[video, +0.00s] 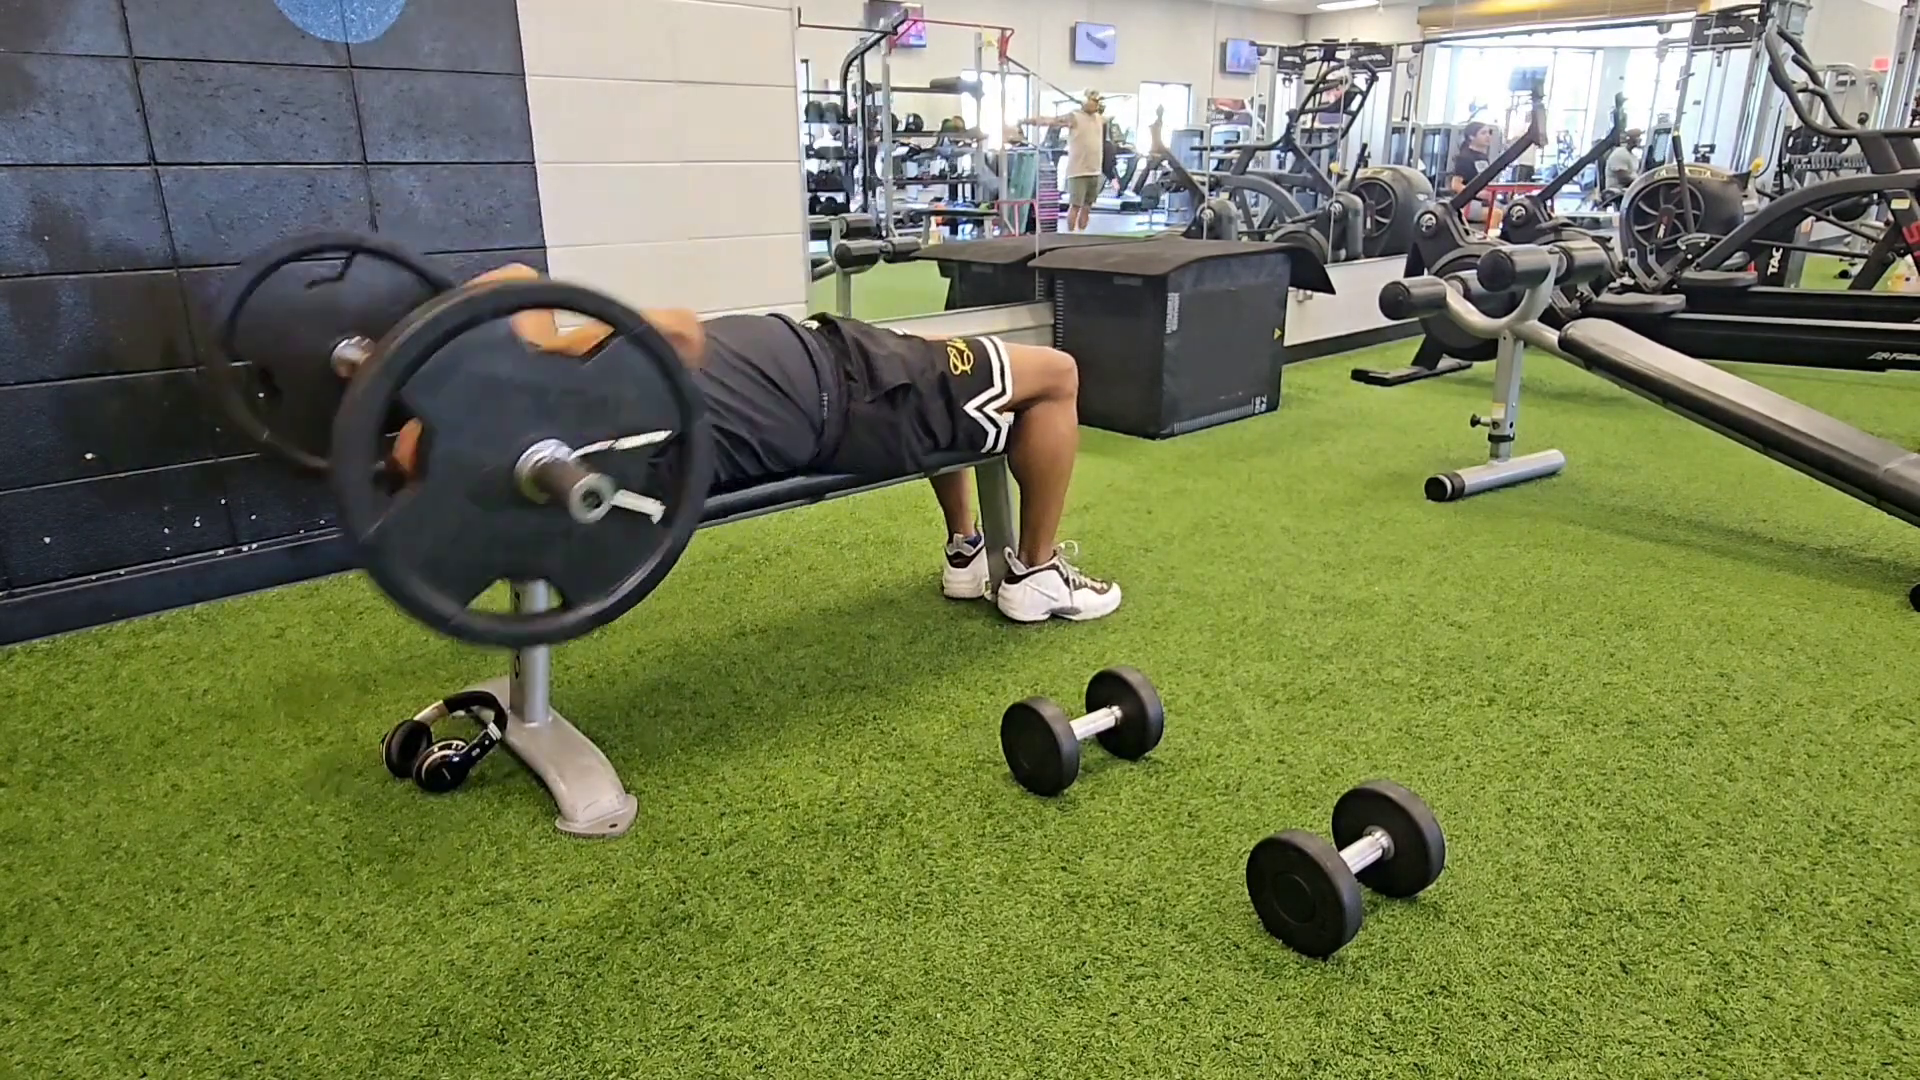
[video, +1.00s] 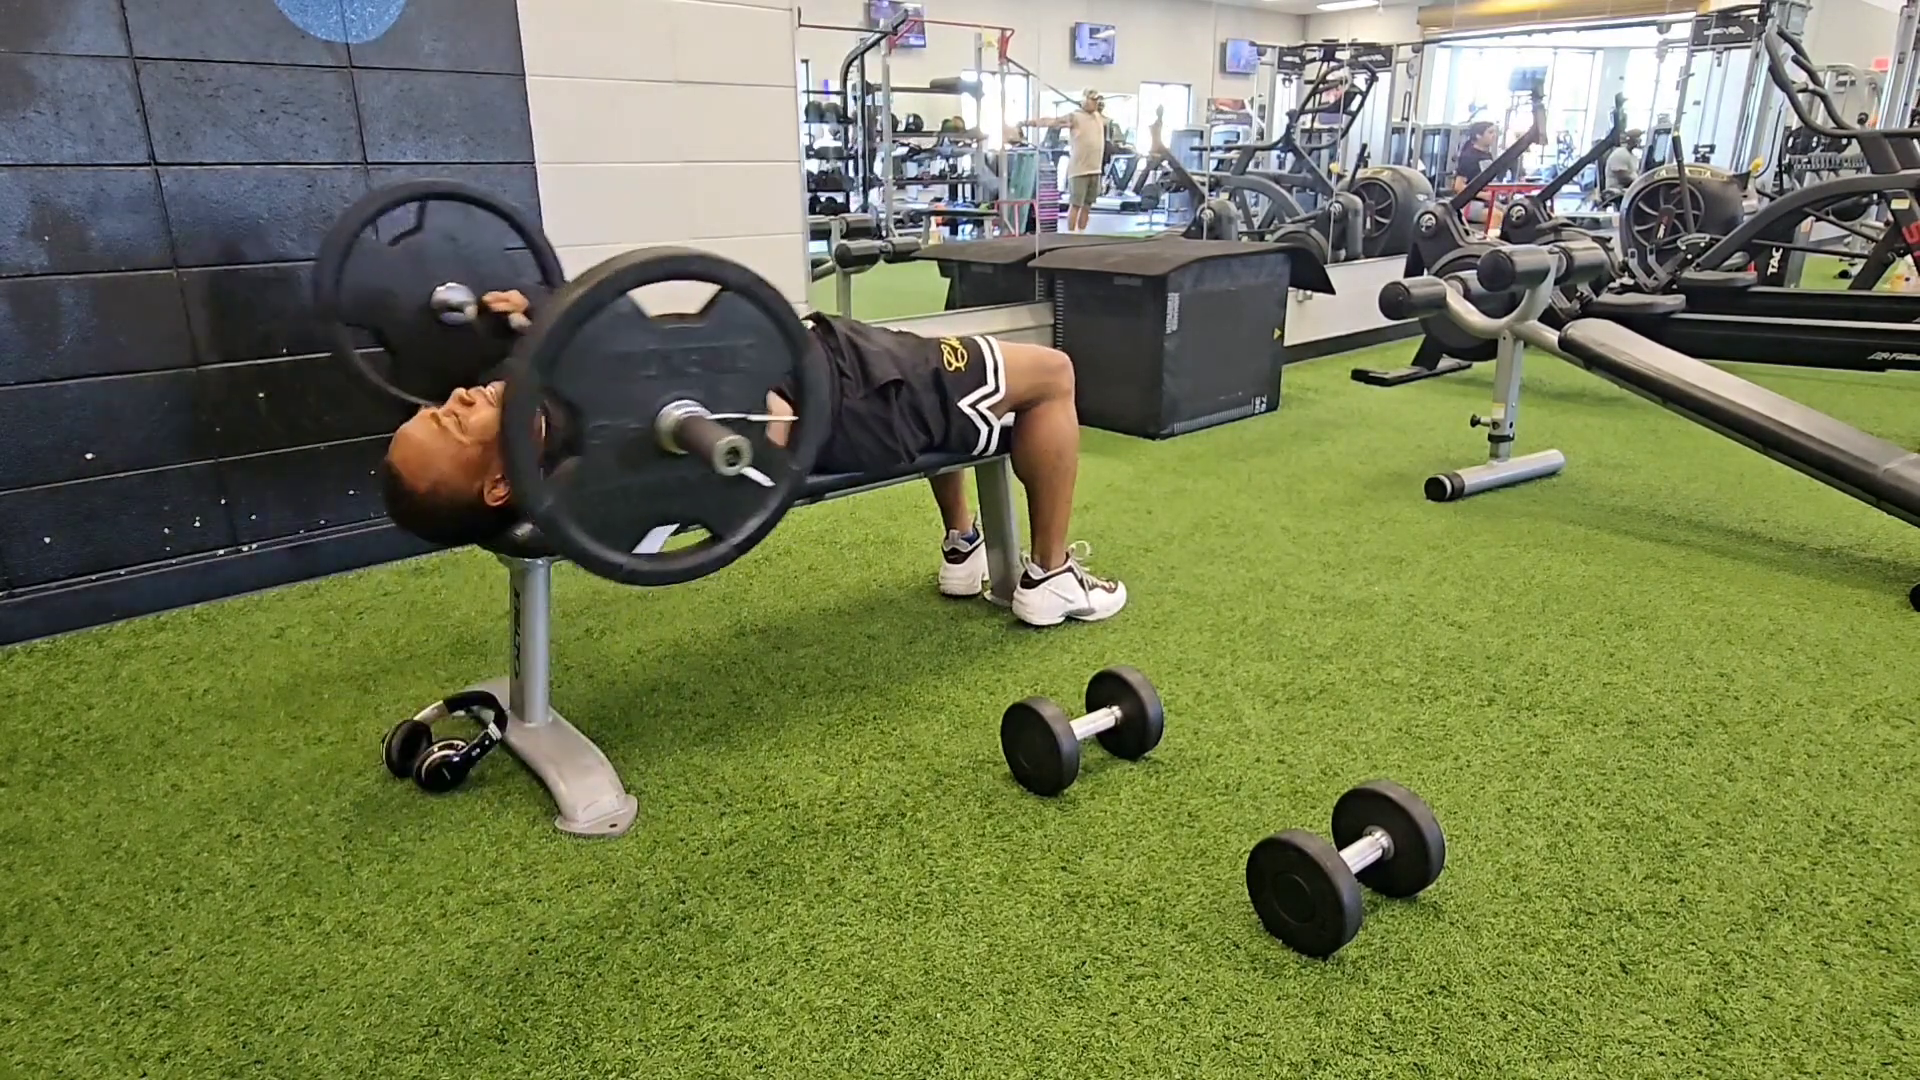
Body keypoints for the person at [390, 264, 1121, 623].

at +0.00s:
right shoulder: (545, 415)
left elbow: (516, 271)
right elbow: (686, 332)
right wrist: (556, 324)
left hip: (788, 351)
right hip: (829, 395)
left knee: (942, 354)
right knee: (1055, 374)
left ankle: (968, 550)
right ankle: (1041, 573)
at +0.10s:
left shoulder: (434, 426)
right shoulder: (533, 472)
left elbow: (466, 286)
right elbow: (609, 328)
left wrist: (378, 402)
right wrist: (484, 401)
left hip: (773, 345)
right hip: (821, 390)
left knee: (935, 353)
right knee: (1053, 374)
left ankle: (966, 549)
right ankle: (1041, 572)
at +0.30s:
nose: (429, 409)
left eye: (415, 425)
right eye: (434, 431)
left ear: (406, 445)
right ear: (476, 478)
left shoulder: (459, 423)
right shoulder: (580, 461)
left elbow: (377, 329)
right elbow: (517, 375)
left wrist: (368, 460)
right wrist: (417, 485)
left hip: (772, 340)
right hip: (827, 382)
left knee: (926, 344)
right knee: (1048, 372)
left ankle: (967, 545)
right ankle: (1039, 574)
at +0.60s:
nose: (430, 408)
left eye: (412, 421)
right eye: (428, 426)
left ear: (396, 456)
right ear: (462, 472)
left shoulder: (463, 426)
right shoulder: (583, 456)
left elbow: (394, 315)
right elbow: (510, 360)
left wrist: (369, 451)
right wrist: (426, 470)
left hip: (775, 341)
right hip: (830, 384)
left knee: (926, 347)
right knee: (1046, 369)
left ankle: (968, 545)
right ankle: (1038, 574)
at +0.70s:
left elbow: (447, 287)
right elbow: (561, 332)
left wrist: (367, 406)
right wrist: (418, 433)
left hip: (774, 340)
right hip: (833, 389)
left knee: (926, 360)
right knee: (1042, 371)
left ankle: (966, 544)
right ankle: (1042, 572)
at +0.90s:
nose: (436, 438)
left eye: (425, 445)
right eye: (438, 452)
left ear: (434, 444)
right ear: (468, 475)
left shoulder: (491, 402)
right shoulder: (547, 426)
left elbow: (574, 320)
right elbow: (582, 318)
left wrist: (459, 320)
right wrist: (469, 323)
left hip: (767, 347)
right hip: (810, 387)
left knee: (929, 342)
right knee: (1043, 372)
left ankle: (965, 546)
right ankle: (1053, 576)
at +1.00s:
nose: (469, 393)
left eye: (448, 402)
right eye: (459, 418)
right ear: (499, 485)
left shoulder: (532, 404)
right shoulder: (587, 481)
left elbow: (611, 339)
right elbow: (692, 475)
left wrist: (538, 318)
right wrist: (762, 446)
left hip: (792, 356)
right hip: (839, 410)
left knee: (937, 345)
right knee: (1050, 372)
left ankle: (965, 545)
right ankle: (1053, 576)